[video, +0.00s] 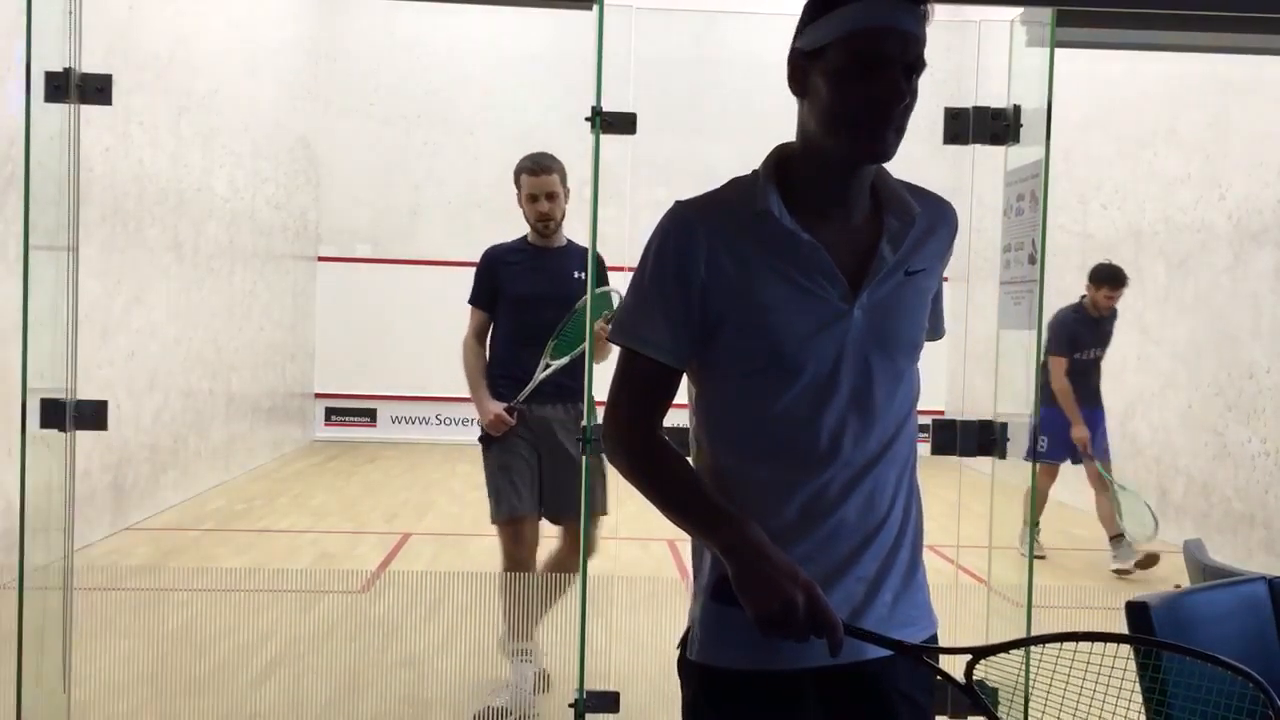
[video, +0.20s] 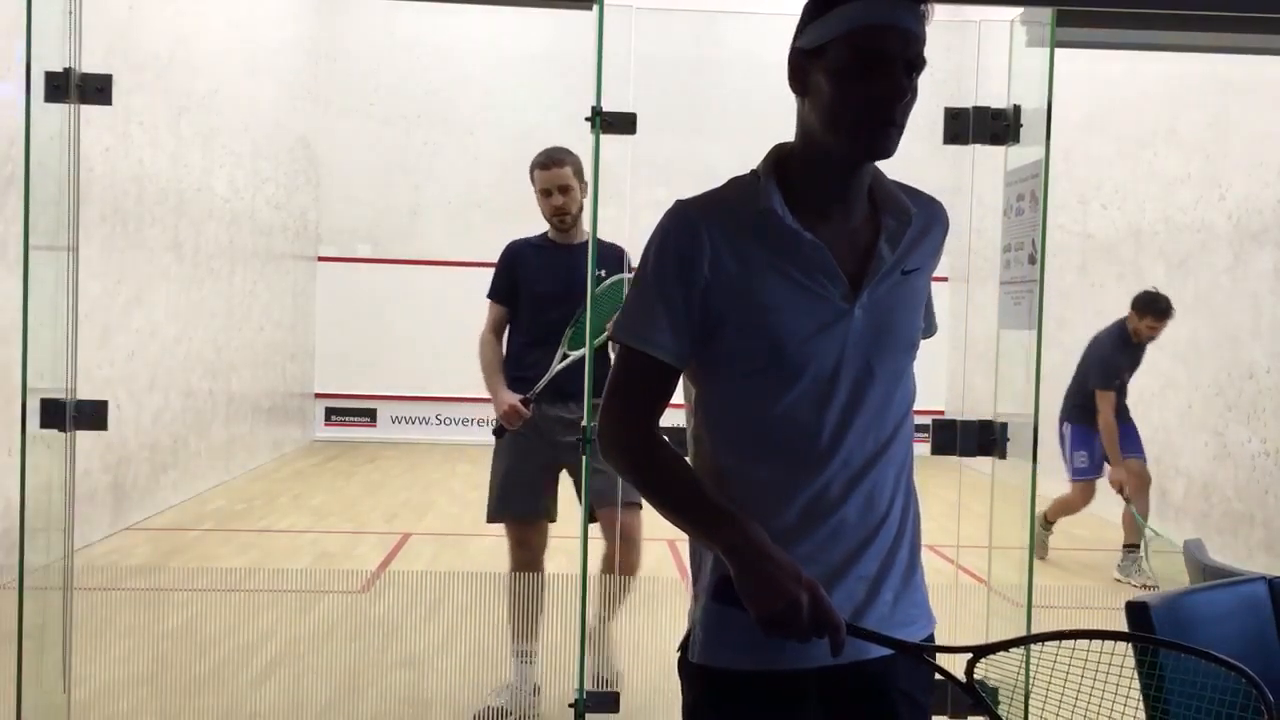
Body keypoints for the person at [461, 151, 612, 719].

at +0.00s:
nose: (544, 207)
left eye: (552, 196)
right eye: (534, 198)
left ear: (567, 197)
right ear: (519, 199)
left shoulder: (588, 264)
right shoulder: (497, 261)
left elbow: (601, 353)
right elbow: (474, 340)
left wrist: (602, 329)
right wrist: (483, 402)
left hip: (570, 417)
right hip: (511, 417)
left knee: (581, 538)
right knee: (518, 543)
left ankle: (522, 627)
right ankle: (523, 666)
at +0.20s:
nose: (558, 201)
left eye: (566, 190)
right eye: (547, 193)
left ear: (583, 189)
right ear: (535, 197)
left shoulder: (615, 260)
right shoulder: (518, 258)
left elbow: (631, 339)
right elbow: (490, 336)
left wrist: (627, 406)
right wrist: (500, 395)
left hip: (600, 422)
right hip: (530, 421)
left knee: (627, 542)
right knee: (525, 549)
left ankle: (600, 636)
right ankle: (523, 679)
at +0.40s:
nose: (571, 204)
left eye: (580, 192)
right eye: (564, 195)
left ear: (609, 187)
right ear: (558, 196)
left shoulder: (647, 259)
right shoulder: (558, 259)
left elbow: (670, 343)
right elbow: (538, 331)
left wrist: (653, 406)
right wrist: (515, 384)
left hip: (621, 424)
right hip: (554, 419)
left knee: (636, 551)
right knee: (538, 547)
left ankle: (673, 676)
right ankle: (524, 681)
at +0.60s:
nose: (583, 211)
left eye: (589, 197)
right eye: (577, 201)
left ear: (623, 189)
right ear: (585, 201)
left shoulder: (665, 258)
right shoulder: (604, 269)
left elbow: (688, 342)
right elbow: (602, 349)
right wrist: (555, 387)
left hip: (650, 420)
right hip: (591, 416)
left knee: (661, 543)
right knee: (559, 534)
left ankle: (677, 679)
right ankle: (531, 682)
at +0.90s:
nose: (600, 210)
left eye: (602, 198)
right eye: (600, 198)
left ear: (620, 193)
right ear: (640, 190)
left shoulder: (656, 250)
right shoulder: (641, 249)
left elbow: (654, 333)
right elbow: (640, 335)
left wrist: (586, 318)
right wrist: (609, 390)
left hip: (659, 415)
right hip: (624, 409)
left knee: (660, 536)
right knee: (601, 518)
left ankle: (684, 670)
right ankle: (592, 657)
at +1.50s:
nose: (581, 209)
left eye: (581, 200)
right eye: (591, 198)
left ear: (586, 204)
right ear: (627, 203)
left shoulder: (595, 254)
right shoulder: (653, 255)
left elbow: (595, 341)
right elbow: (639, 343)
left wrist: (540, 320)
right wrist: (559, 328)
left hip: (612, 418)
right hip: (660, 417)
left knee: (579, 533)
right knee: (652, 530)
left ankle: (639, 654)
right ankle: (662, 655)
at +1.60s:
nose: (567, 217)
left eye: (565, 209)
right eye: (578, 207)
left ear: (568, 210)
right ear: (612, 207)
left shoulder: (581, 255)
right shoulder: (642, 260)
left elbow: (587, 336)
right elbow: (637, 343)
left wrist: (530, 323)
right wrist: (565, 339)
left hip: (599, 414)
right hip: (654, 412)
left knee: (548, 523)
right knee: (641, 524)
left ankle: (590, 650)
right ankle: (656, 650)